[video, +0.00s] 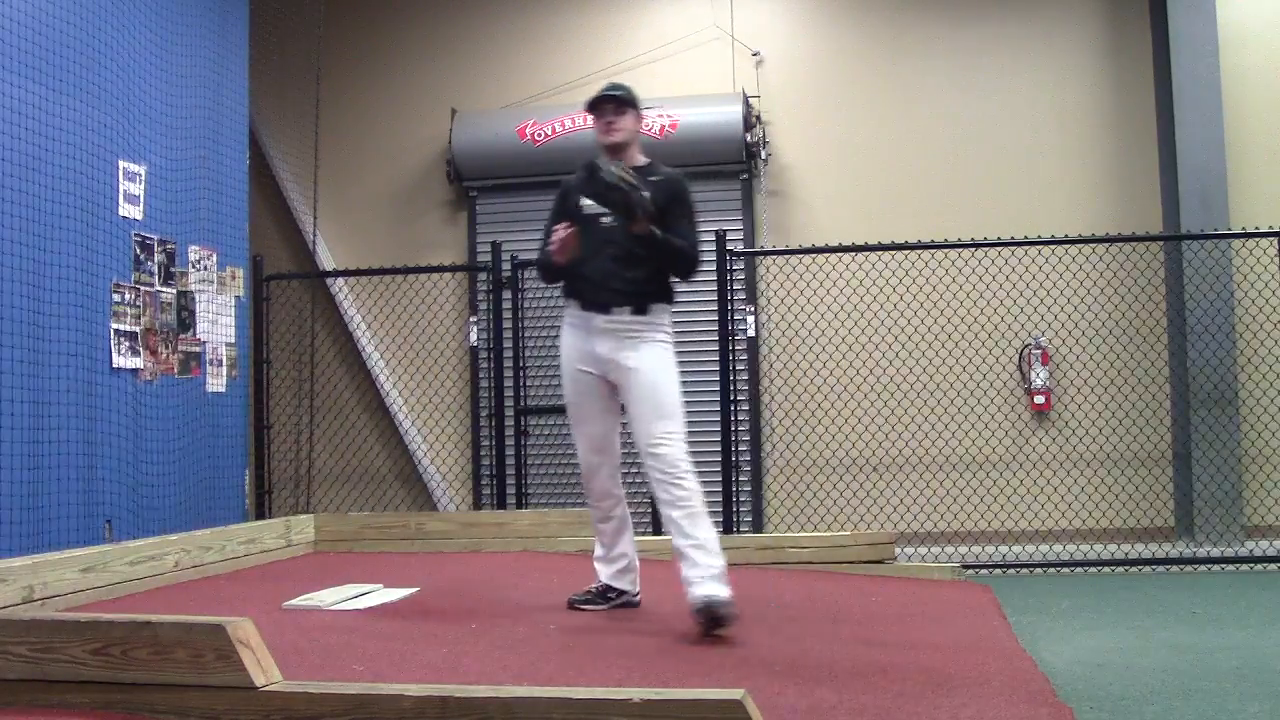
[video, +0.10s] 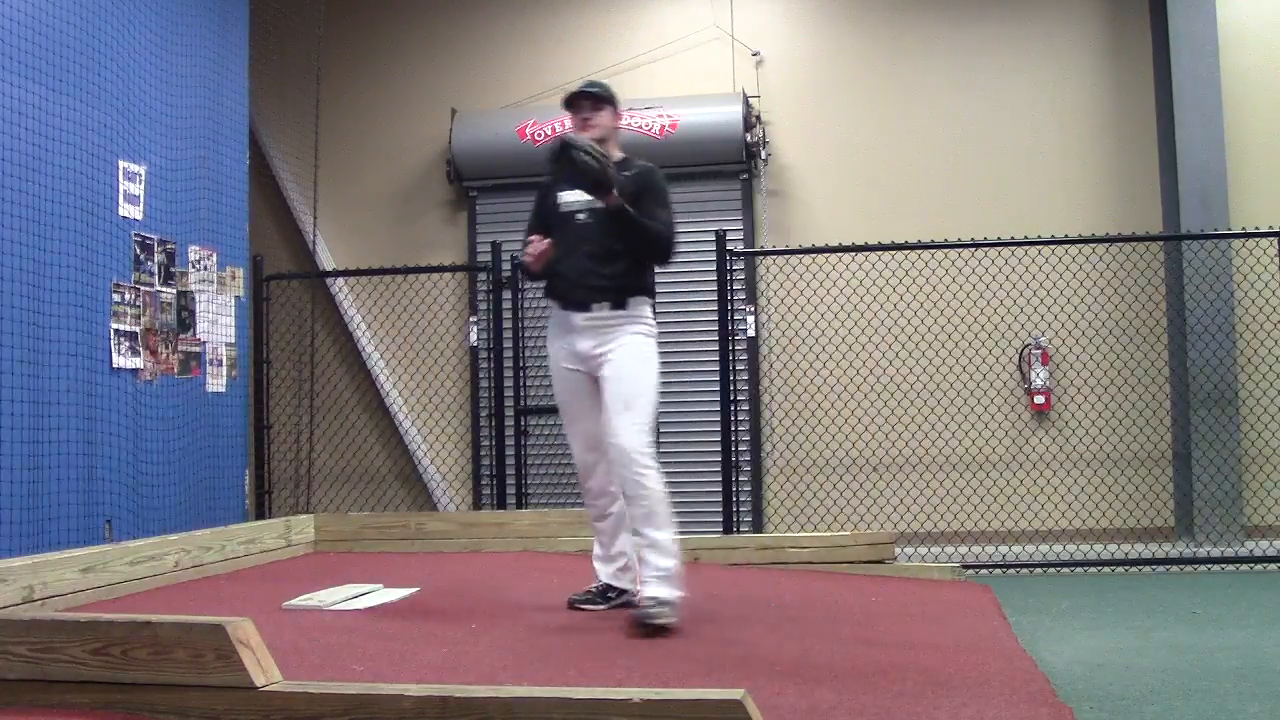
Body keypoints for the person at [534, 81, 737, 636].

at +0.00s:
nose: (609, 122)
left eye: (618, 113)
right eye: (601, 116)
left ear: (639, 120)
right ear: (592, 126)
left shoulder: (667, 185)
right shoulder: (577, 186)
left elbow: (689, 264)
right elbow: (547, 271)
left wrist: (649, 231)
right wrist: (556, 257)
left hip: (644, 336)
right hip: (582, 334)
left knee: (666, 456)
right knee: (596, 465)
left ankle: (708, 591)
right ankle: (618, 580)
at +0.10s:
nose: (585, 119)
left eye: (596, 110)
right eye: (577, 112)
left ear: (618, 118)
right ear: (567, 123)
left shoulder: (642, 178)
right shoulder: (557, 183)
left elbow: (661, 247)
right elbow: (537, 263)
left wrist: (615, 198)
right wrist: (533, 262)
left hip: (626, 329)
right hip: (566, 331)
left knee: (629, 446)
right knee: (590, 459)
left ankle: (660, 589)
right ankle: (616, 577)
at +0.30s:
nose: (547, 122)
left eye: (556, 111)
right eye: (539, 115)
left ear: (577, 118)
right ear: (529, 125)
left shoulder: (598, 166)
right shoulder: (519, 188)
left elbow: (612, 205)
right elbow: (515, 269)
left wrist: (569, 152)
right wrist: (497, 264)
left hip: (594, 320)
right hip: (541, 328)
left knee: (558, 440)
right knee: (575, 452)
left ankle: (535, 582)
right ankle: (621, 578)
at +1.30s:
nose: (381, 136)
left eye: (389, 127)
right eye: (372, 127)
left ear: (406, 118)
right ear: (358, 119)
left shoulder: (437, 166)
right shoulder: (335, 169)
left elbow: (459, 228)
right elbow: (305, 232)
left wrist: (464, 253)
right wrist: (320, 281)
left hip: (428, 314)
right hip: (363, 314)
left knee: (440, 430)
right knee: (356, 442)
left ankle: (413, 557)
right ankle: (344, 564)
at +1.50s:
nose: (414, 132)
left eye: (423, 124)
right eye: (406, 123)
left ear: (434, 121)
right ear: (386, 114)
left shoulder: (445, 172)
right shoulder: (351, 161)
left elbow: (454, 237)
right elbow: (307, 224)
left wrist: (467, 276)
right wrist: (321, 279)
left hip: (419, 318)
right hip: (358, 314)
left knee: (413, 444)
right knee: (356, 440)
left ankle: (394, 563)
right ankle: (342, 562)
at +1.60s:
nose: (430, 128)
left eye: (437, 120)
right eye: (421, 119)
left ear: (445, 118)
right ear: (397, 111)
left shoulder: (449, 176)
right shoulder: (357, 159)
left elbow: (455, 244)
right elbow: (308, 221)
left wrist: (461, 290)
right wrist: (323, 279)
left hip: (417, 319)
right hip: (357, 313)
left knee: (405, 444)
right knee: (356, 436)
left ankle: (391, 564)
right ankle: (337, 559)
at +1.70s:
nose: (441, 117)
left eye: (446, 109)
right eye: (432, 108)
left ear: (447, 112)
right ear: (404, 108)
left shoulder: (449, 176)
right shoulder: (358, 156)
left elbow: (450, 245)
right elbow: (305, 218)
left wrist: (450, 294)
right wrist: (323, 277)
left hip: (416, 316)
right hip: (355, 308)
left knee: (401, 443)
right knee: (354, 436)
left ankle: (390, 564)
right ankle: (335, 562)